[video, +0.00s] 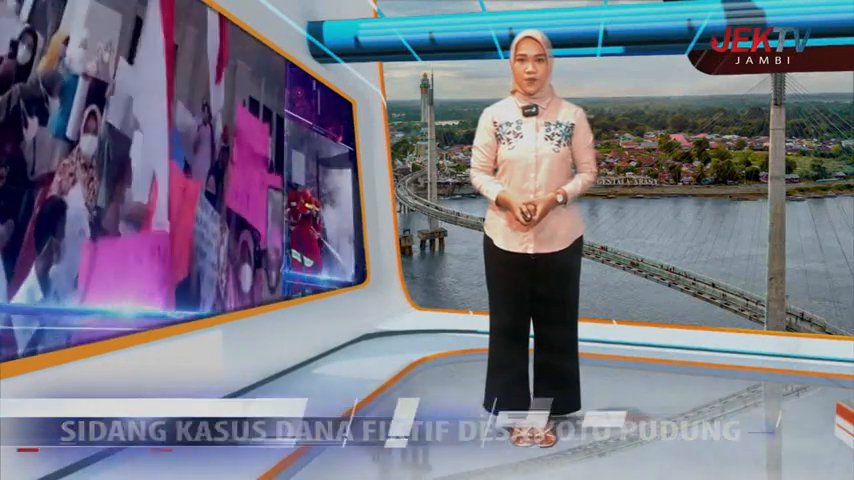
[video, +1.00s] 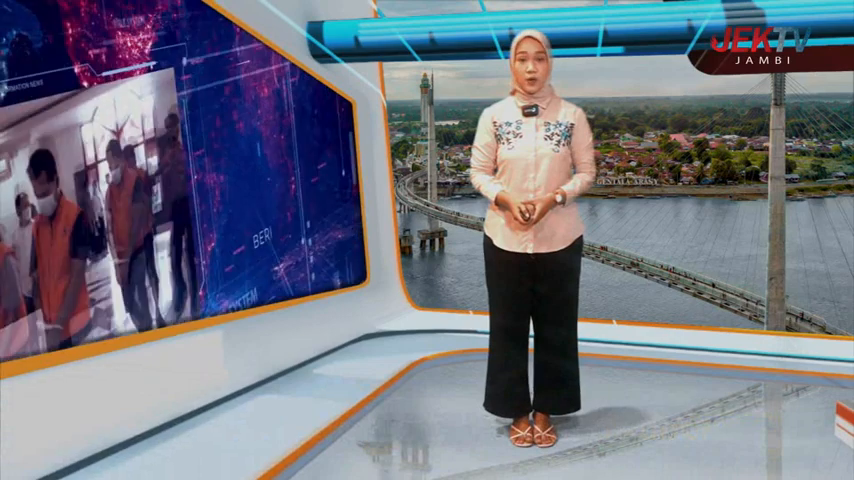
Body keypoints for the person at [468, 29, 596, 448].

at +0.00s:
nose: (530, 67)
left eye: (538, 59)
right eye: (522, 59)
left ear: (550, 65)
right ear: (511, 65)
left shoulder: (572, 115)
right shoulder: (493, 116)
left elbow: (588, 172)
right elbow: (479, 173)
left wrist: (556, 197)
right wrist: (507, 199)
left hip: (558, 242)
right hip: (505, 243)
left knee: (556, 330)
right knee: (509, 330)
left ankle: (551, 418)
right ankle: (516, 418)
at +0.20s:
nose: (529, 67)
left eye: (538, 59)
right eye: (521, 59)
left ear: (550, 65)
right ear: (510, 65)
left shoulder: (572, 115)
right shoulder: (493, 116)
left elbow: (588, 173)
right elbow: (478, 173)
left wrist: (556, 198)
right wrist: (506, 199)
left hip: (558, 242)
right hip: (505, 242)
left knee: (554, 329)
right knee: (509, 328)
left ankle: (545, 413)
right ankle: (519, 414)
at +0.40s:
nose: (529, 67)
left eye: (538, 59)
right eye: (521, 59)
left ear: (550, 65)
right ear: (511, 65)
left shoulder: (571, 115)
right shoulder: (492, 116)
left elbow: (588, 172)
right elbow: (478, 173)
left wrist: (555, 198)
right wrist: (506, 199)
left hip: (558, 241)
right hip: (505, 242)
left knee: (554, 329)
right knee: (509, 328)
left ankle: (544, 413)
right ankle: (519, 414)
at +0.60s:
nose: (529, 67)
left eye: (538, 59)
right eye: (521, 59)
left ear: (550, 65)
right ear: (510, 65)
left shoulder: (571, 115)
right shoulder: (492, 116)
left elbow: (587, 173)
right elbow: (478, 173)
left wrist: (555, 198)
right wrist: (506, 199)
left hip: (558, 242)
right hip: (505, 243)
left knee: (554, 329)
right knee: (509, 328)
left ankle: (544, 414)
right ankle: (519, 414)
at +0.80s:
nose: (531, 66)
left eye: (539, 58)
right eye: (522, 58)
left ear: (550, 64)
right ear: (511, 64)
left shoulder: (572, 115)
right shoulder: (493, 116)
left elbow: (587, 172)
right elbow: (478, 172)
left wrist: (556, 197)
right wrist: (504, 198)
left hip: (558, 241)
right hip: (505, 242)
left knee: (554, 329)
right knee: (509, 329)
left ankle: (544, 413)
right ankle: (519, 414)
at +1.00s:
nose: (530, 66)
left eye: (539, 58)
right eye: (522, 59)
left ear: (550, 64)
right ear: (511, 64)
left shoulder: (572, 115)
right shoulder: (493, 116)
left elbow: (587, 173)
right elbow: (478, 172)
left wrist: (556, 197)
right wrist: (505, 198)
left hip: (558, 242)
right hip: (506, 243)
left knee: (554, 330)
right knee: (509, 329)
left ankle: (544, 414)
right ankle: (519, 414)